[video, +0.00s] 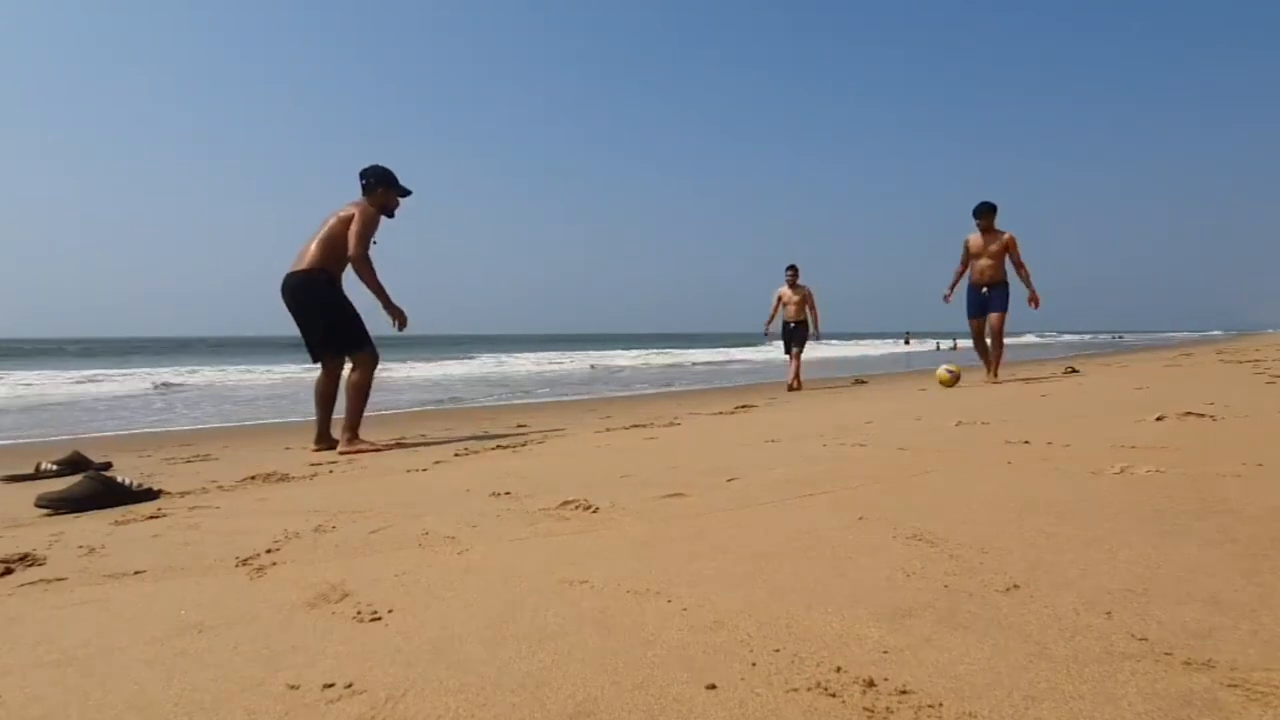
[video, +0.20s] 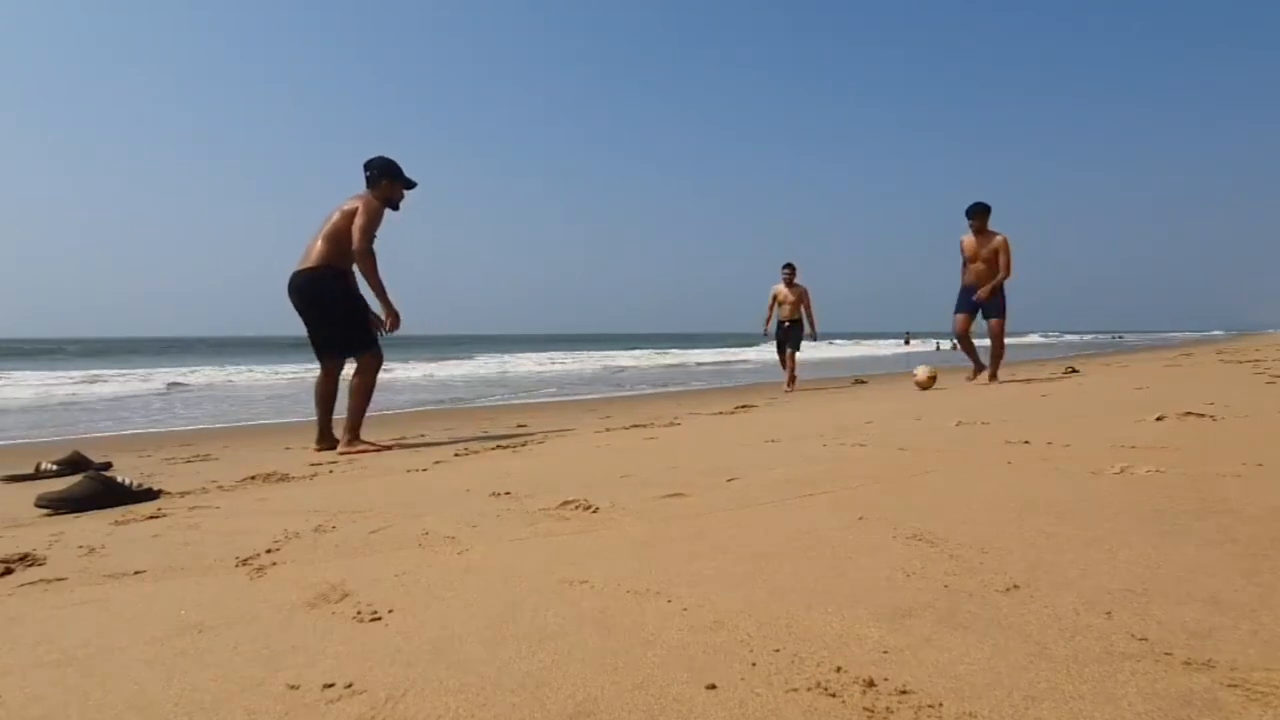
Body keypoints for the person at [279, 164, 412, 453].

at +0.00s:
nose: (397, 203)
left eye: (398, 197)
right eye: (394, 195)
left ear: (372, 192)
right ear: (378, 191)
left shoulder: (348, 212)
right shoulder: (366, 211)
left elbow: (328, 264)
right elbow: (357, 256)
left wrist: (336, 303)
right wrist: (389, 305)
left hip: (294, 283)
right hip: (317, 283)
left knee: (332, 361)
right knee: (365, 358)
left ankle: (323, 436)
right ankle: (350, 437)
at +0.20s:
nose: (403, 194)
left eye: (403, 188)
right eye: (400, 187)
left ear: (377, 184)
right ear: (383, 183)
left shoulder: (351, 206)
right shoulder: (370, 204)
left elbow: (341, 268)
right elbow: (360, 250)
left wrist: (365, 312)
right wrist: (386, 303)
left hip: (302, 282)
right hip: (328, 280)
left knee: (331, 361)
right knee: (371, 357)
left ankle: (324, 436)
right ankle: (351, 438)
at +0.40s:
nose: (406, 186)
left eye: (407, 180)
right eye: (403, 179)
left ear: (381, 176)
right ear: (386, 175)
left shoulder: (355, 199)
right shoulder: (371, 197)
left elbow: (349, 261)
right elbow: (359, 242)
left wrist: (382, 299)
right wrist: (383, 297)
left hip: (307, 277)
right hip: (328, 277)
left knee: (343, 358)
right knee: (367, 356)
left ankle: (327, 435)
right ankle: (350, 438)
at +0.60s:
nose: (407, 183)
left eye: (407, 177)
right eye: (404, 176)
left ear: (382, 174)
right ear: (386, 174)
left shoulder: (358, 198)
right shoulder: (369, 196)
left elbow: (357, 257)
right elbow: (356, 243)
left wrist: (388, 298)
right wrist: (381, 291)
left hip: (316, 278)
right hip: (331, 277)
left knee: (347, 360)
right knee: (368, 356)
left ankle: (326, 437)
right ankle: (350, 438)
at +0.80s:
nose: (408, 183)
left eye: (408, 178)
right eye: (405, 177)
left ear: (383, 174)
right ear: (389, 174)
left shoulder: (359, 197)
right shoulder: (372, 196)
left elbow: (360, 259)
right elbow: (360, 244)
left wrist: (389, 302)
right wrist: (386, 295)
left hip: (318, 277)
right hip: (334, 277)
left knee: (345, 360)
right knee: (368, 357)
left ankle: (326, 437)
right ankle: (350, 438)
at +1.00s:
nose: (406, 179)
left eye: (406, 173)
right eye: (403, 172)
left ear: (379, 169)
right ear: (387, 168)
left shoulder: (358, 193)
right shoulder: (372, 191)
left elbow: (361, 260)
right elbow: (365, 239)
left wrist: (387, 298)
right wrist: (397, 289)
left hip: (330, 276)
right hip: (342, 276)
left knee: (358, 359)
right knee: (369, 356)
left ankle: (328, 436)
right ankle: (348, 437)